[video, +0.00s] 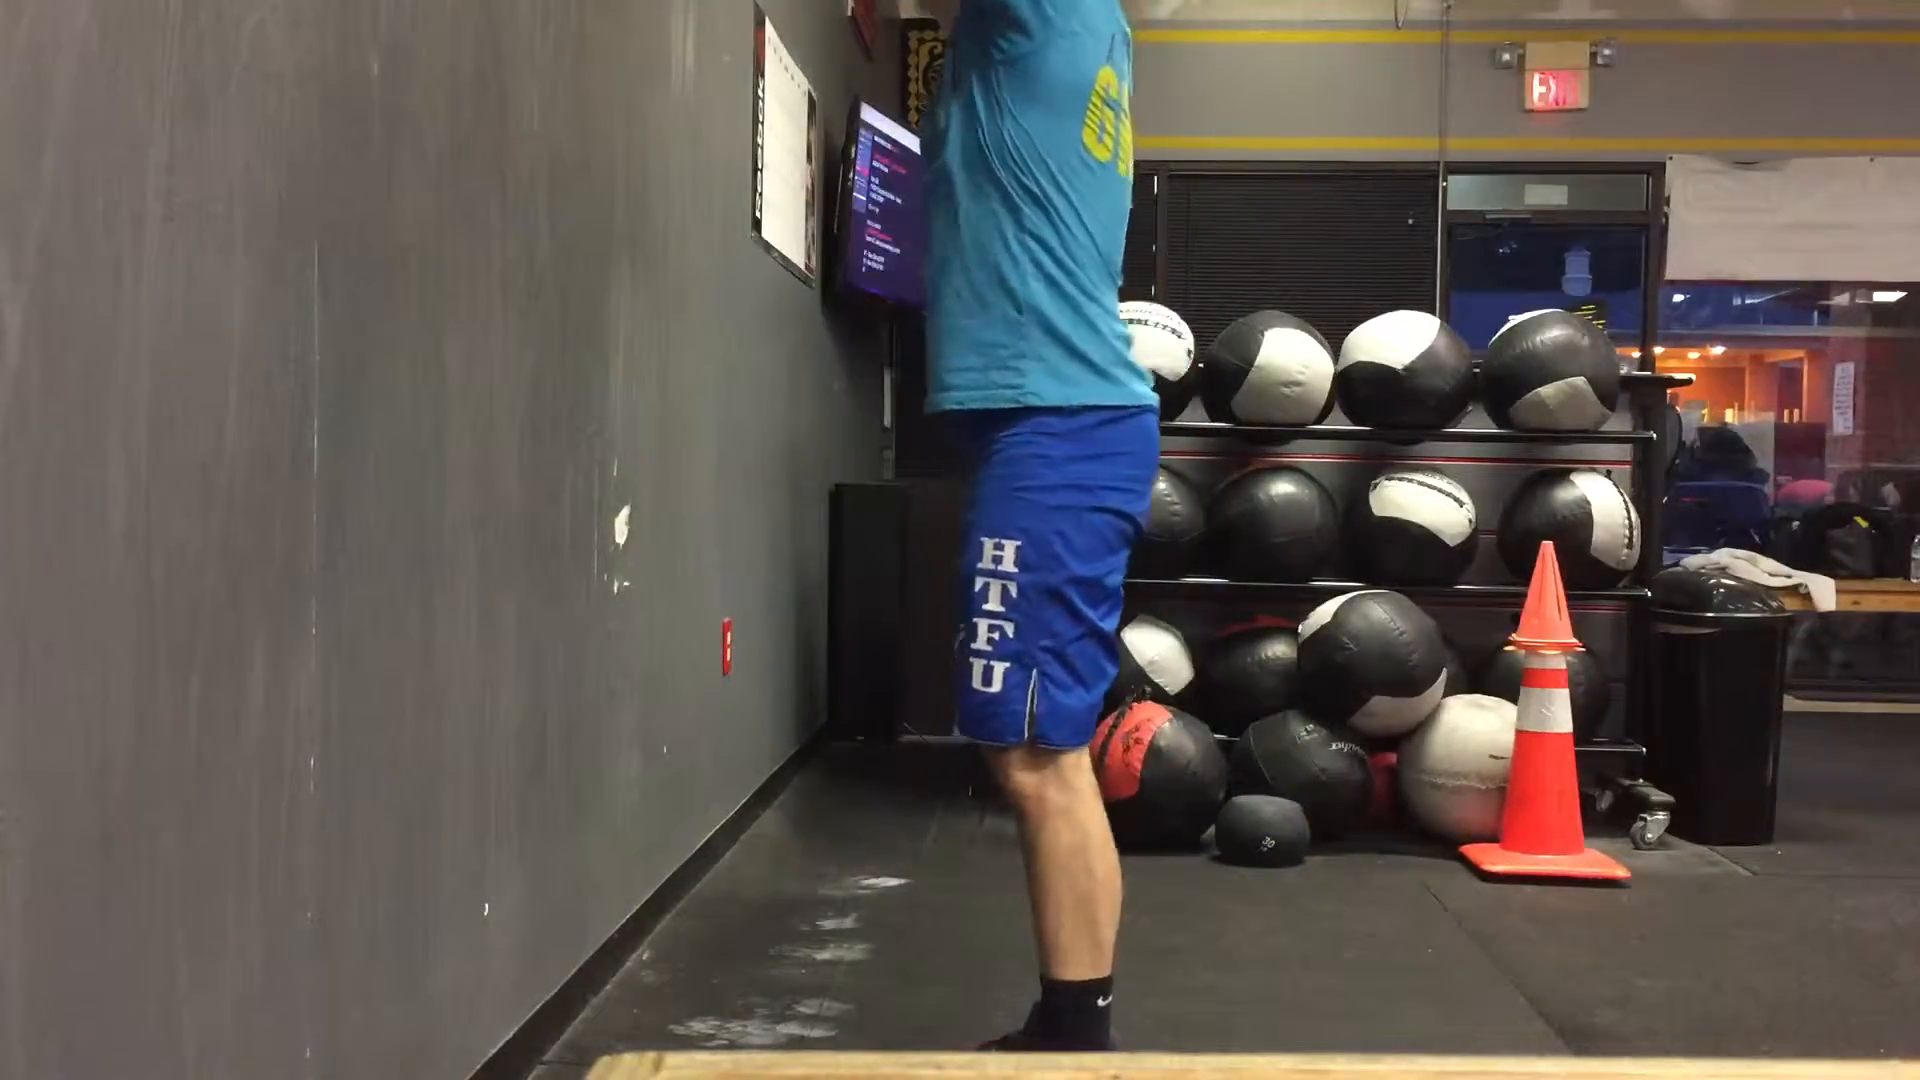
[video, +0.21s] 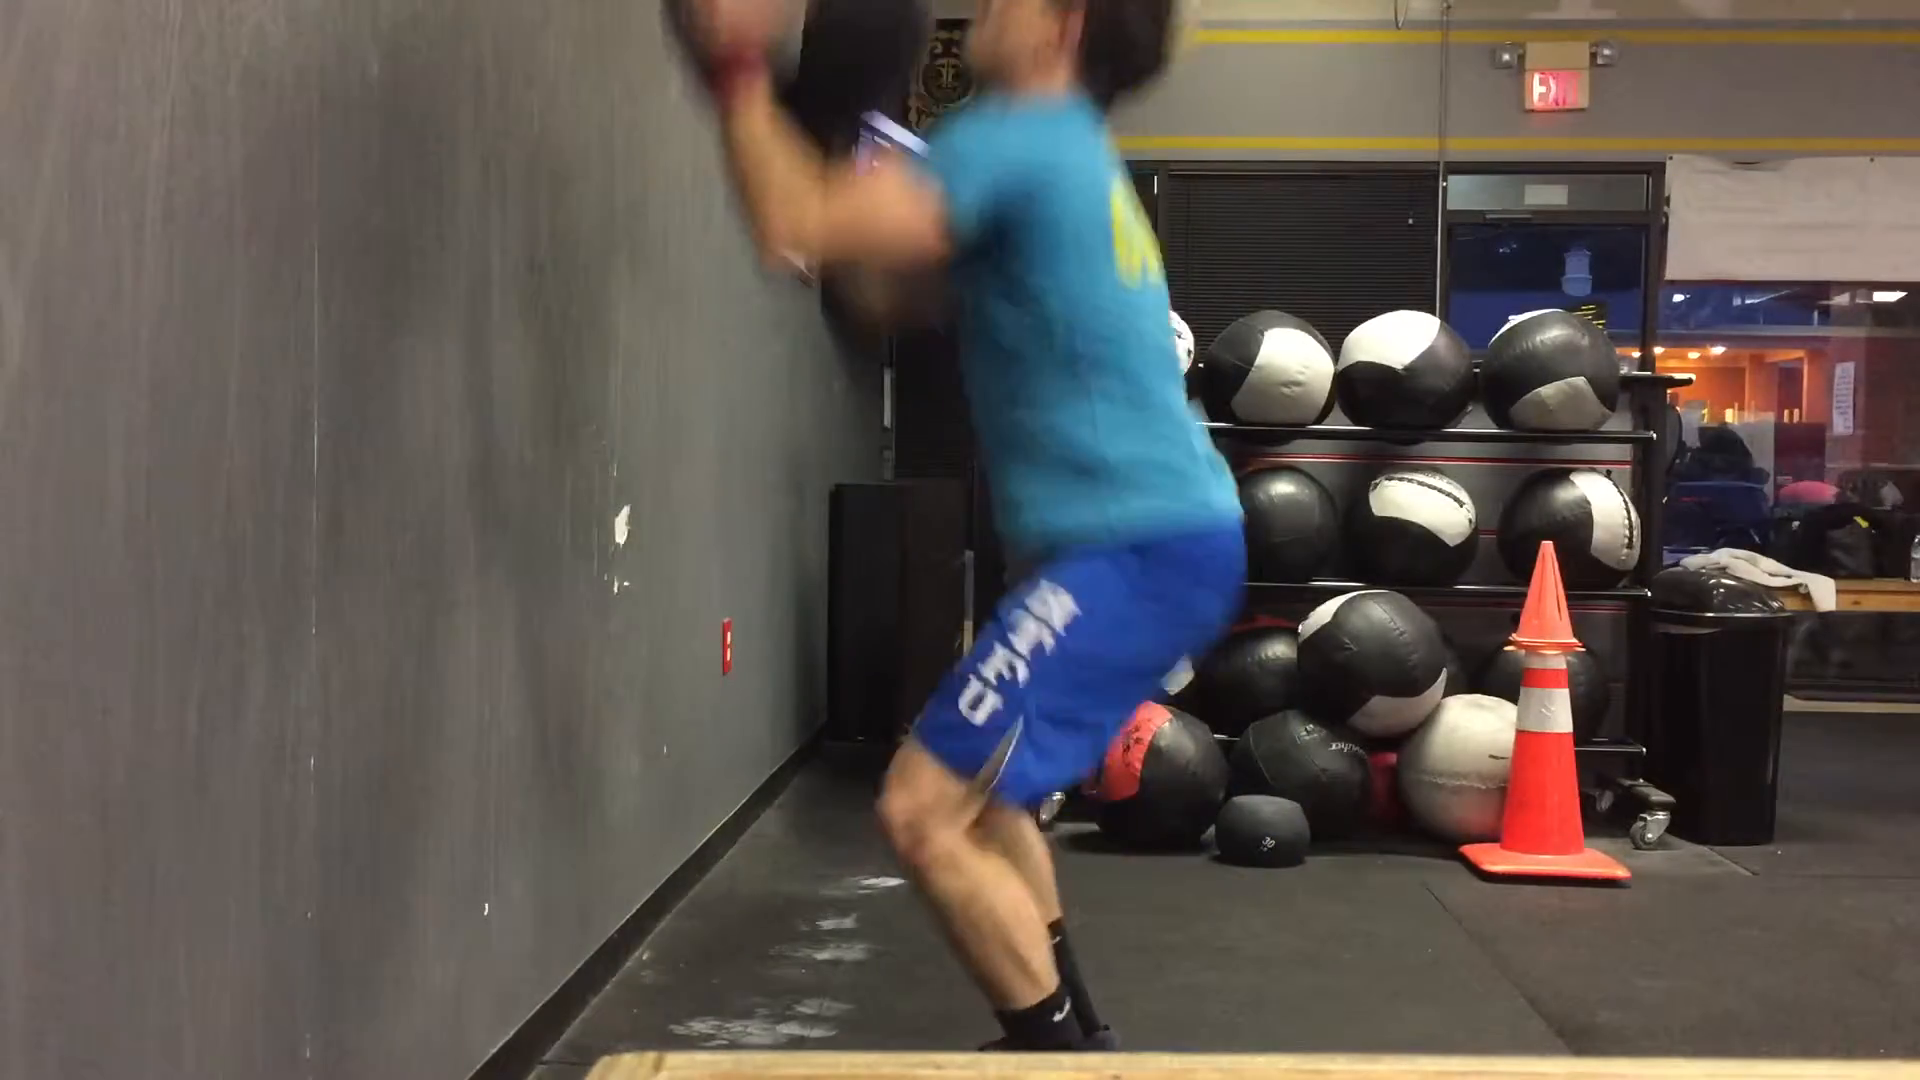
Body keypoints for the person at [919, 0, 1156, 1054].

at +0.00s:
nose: (929, 4)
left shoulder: (1044, 17)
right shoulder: (1056, 31)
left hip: (1065, 418)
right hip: (1061, 414)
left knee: (1038, 750)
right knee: (1039, 749)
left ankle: (1077, 1029)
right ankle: (1073, 1022)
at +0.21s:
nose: (984, 13)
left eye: (1008, 1)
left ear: (1062, 25)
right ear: (1067, 36)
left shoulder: (1019, 144)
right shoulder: (1073, 147)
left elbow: (799, 223)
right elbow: (896, 298)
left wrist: (741, 75)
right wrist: (854, 209)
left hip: (1136, 548)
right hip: (1154, 537)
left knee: (921, 808)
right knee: (989, 799)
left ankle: (1054, 1041)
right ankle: (1067, 1027)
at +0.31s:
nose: (953, 177)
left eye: (978, 164)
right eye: (967, 160)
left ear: (1028, 202)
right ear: (1030, 209)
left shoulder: (1006, 329)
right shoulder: (1040, 315)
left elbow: (795, 460)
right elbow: (832, 436)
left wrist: (720, 299)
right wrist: (730, 299)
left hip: (1178, 695)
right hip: (1157, 668)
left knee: (893, 844)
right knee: (920, 765)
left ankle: (1046, 1049)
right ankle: (1062, 1023)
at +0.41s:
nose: (927, 331)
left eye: (953, 321)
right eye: (943, 313)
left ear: (1004, 366)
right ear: (1004, 371)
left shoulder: (996, 500)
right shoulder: (1032, 471)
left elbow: (808, 656)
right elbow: (871, 618)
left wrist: (716, 499)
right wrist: (762, 494)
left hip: (1185, 828)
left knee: (884, 861)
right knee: (906, 779)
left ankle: (1046, 1052)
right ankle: (1056, 1029)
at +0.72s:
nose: (935, 269)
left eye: (961, 255)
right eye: (951, 250)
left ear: (1015, 303)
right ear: (1016, 307)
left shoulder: (1011, 424)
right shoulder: (1038, 402)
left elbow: (839, 581)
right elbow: (867, 548)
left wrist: (743, 443)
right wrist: (762, 441)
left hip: (1200, 737)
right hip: (1157, 701)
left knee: (908, 838)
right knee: (922, 769)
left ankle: (1056, 1057)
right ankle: (1064, 1026)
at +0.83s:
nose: (955, 147)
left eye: (982, 134)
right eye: (971, 129)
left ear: (1036, 174)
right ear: (1034, 180)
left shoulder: (1029, 296)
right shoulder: (1045, 283)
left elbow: (848, 439)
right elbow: (876, 415)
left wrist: (769, 298)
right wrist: (795, 303)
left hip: (1186, 642)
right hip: (1150, 624)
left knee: (914, 827)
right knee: (937, 761)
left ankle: (1051, 1047)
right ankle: (1063, 1021)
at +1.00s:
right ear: (1127, 3)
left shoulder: (1074, 44)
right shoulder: (1080, 55)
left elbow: (858, 63)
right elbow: (928, 157)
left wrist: (842, 2)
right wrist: (895, 63)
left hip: (1083, 448)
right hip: (1063, 443)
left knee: (962, 761)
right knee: (994, 754)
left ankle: (1059, 1029)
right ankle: (1064, 1016)